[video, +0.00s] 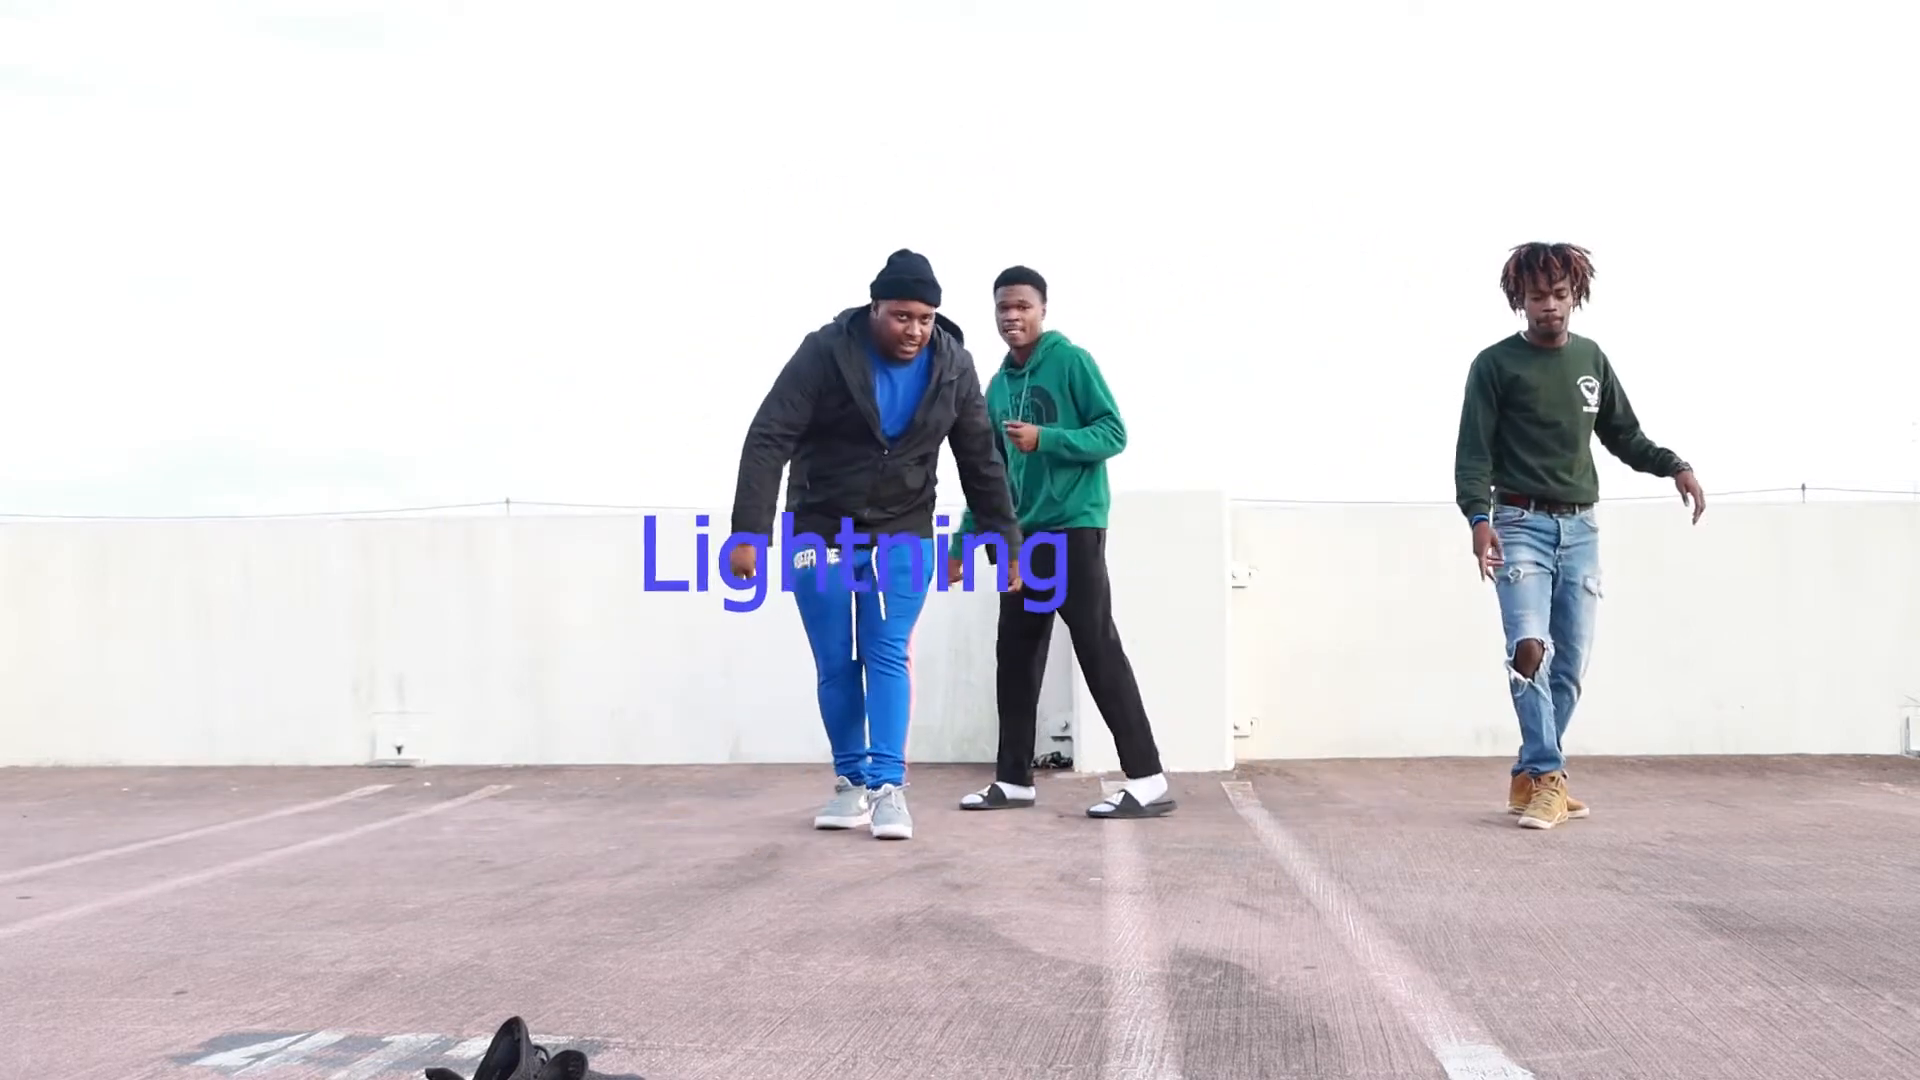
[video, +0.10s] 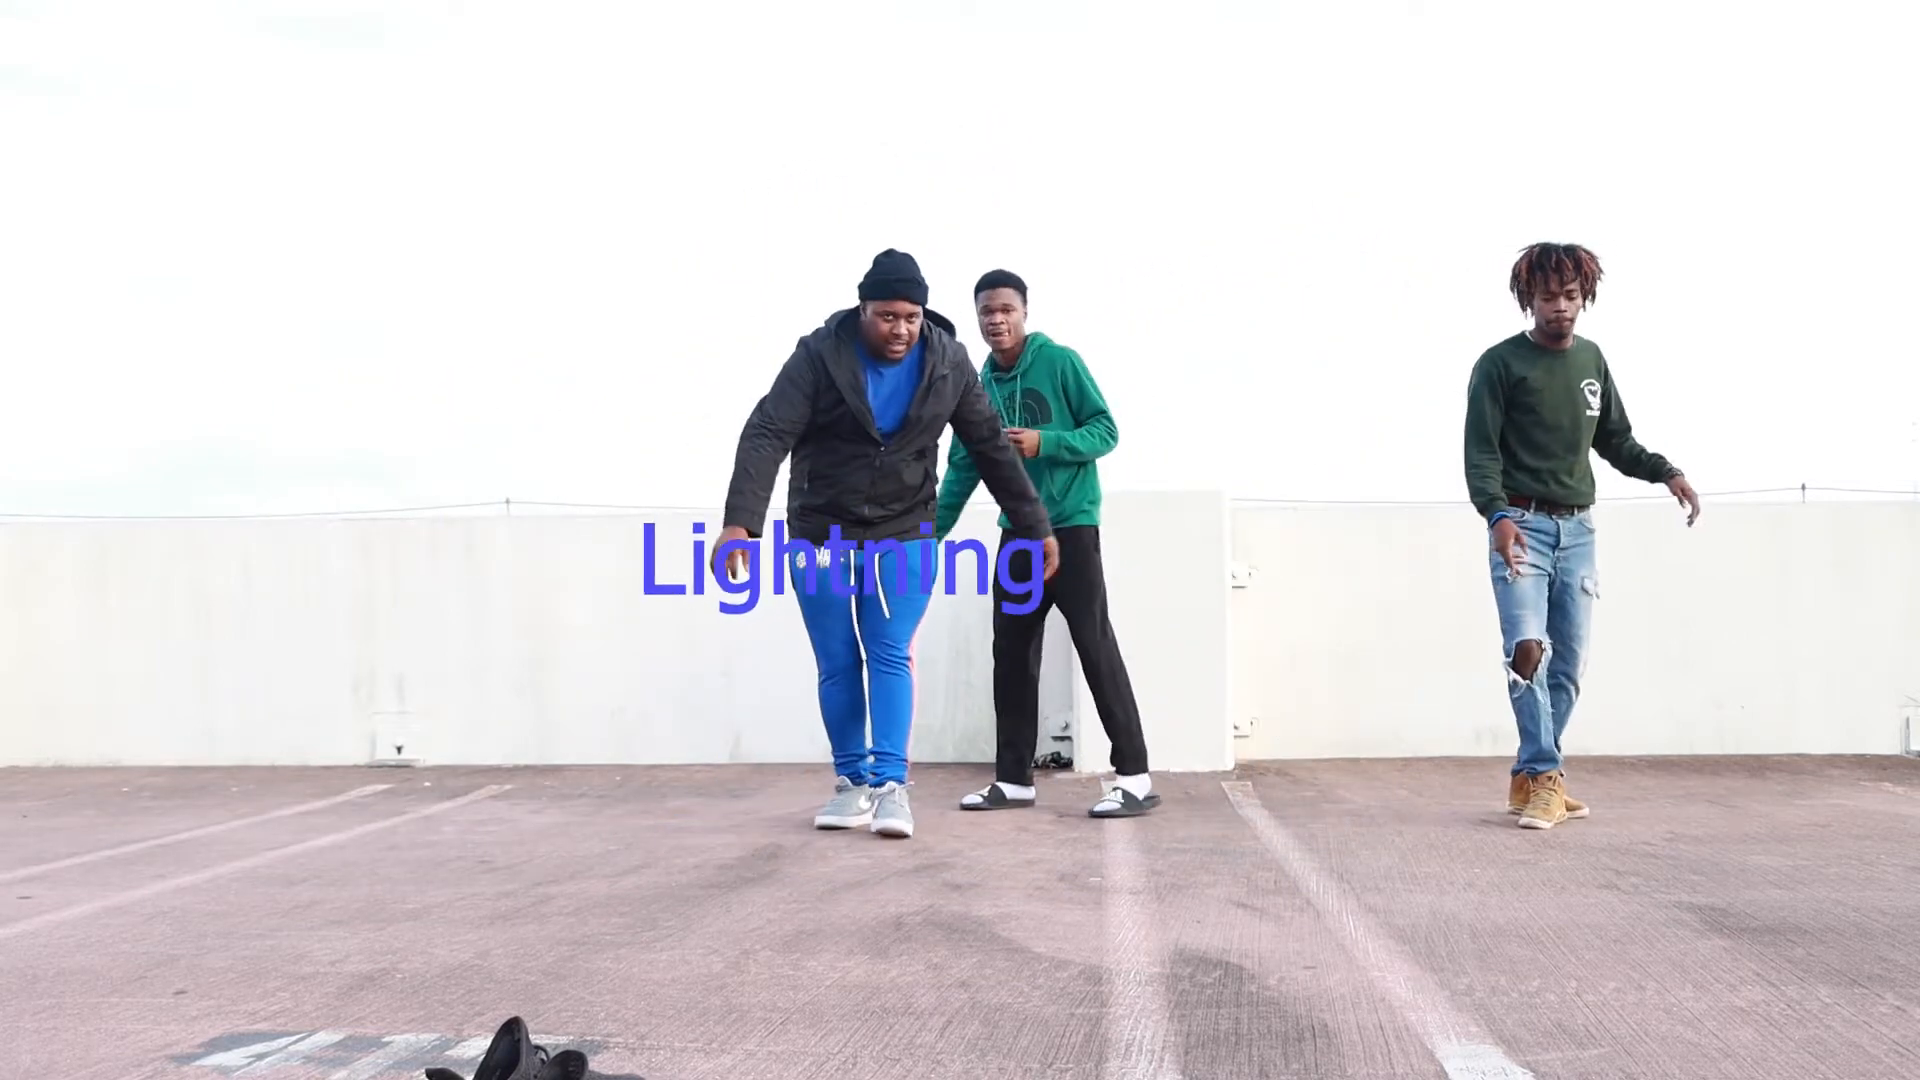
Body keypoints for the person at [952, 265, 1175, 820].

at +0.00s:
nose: (1013, 316)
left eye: (1023, 306)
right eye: (1005, 308)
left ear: (1044, 310)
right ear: (996, 316)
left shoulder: (1070, 361)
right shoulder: (998, 387)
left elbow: (1112, 434)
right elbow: (987, 474)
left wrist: (1044, 438)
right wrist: (964, 541)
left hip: (1075, 528)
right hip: (1022, 534)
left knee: (1098, 651)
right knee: (1015, 657)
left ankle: (1148, 781)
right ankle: (1014, 782)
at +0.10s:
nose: (996, 320)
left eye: (1006, 310)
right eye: (987, 312)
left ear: (1026, 313)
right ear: (979, 320)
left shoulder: (1059, 362)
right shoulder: (981, 387)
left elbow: (1105, 433)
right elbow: (962, 466)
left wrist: (1043, 441)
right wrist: (929, 532)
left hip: (1071, 526)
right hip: (1017, 530)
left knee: (1095, 647)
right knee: (1012, 654)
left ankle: (1136, 780)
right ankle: (1014, 782)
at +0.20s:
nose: (987, 324)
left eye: (996, 313)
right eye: (977, 315)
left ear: (1015, 315)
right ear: (967, 323)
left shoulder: (1053, 363)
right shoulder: (967, 388)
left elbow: (1099, 428)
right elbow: (947, 468)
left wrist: (1043, 442)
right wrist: (908, 517)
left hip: (1069, 534)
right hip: (1011, 538)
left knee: (1091, 655)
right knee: (1007, 659)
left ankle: (1109, 777)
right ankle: (1014, 780)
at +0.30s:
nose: (986, 322)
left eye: (994, 312)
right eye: (975, 314)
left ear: (1011, 314)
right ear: (963, 322)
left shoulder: (1051, 362)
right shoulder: (961, 388)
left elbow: (1095, 427)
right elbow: (941, 473)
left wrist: (1053, 444)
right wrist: (905, 510)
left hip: (1065, 532)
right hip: (1006, 537)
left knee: (1079, 655)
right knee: (1005, 659)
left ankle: (1082, 772)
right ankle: (1013, 781)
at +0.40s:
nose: (988, 322)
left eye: (996, 312)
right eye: (978, 314)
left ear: (1012, 314)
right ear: (962, 321)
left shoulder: (1052, 365)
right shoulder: (958, 386)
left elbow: (1093, 436)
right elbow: (943, 476)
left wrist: (1062, 445)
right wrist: (917, 531)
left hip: (1062, 533)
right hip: (1000, 536)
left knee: (1070, 650)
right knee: (1001, 656)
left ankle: (1055, 758)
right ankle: (1011, 779)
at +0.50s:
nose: (997, 324)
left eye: (1004, 314)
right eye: (986, 316)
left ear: (1017, 316)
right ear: (967, 322)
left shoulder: (1052, 368)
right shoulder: (960, 387)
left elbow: (1094, 434)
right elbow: (948, 478)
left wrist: (1073, 445)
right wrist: (934, 548)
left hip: (1058, 535)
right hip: (998, 537)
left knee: (1065, 646)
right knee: (1000, 655)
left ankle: (1040, 751)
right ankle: (1011, 779)